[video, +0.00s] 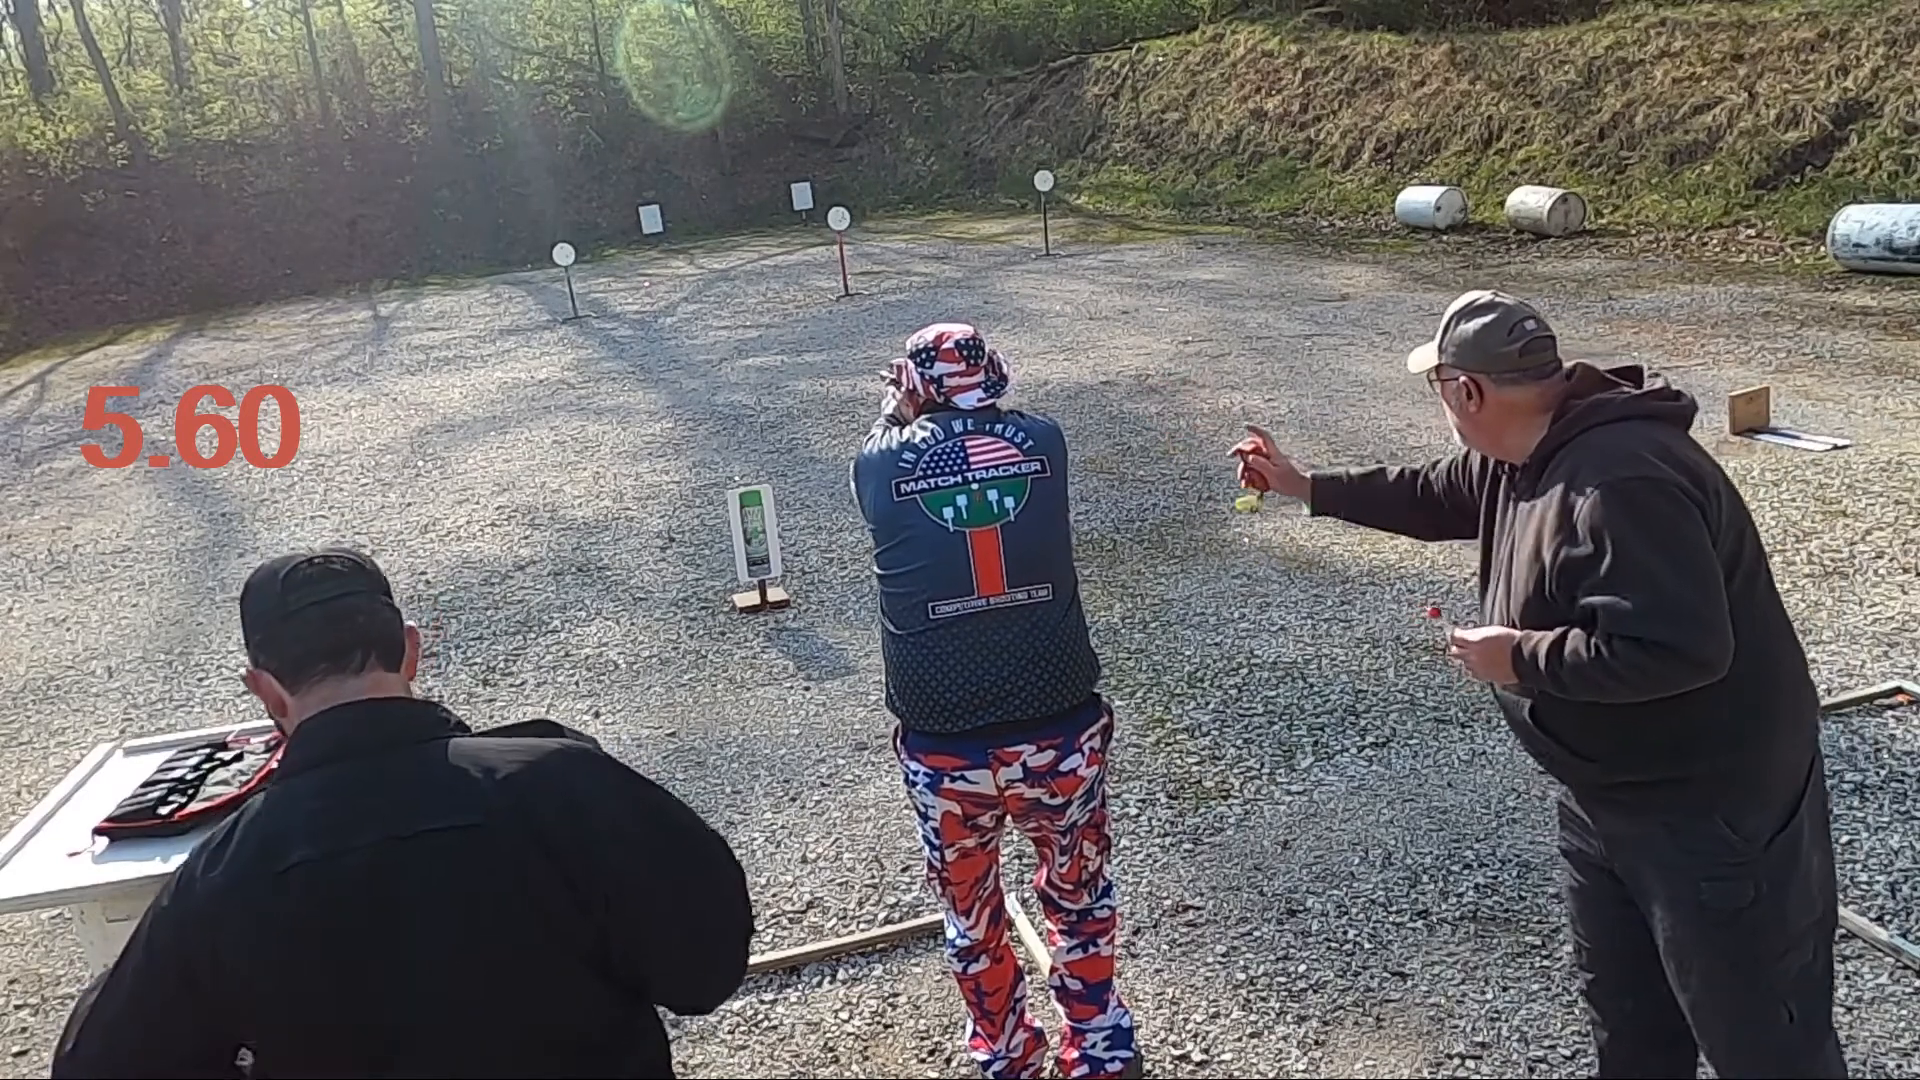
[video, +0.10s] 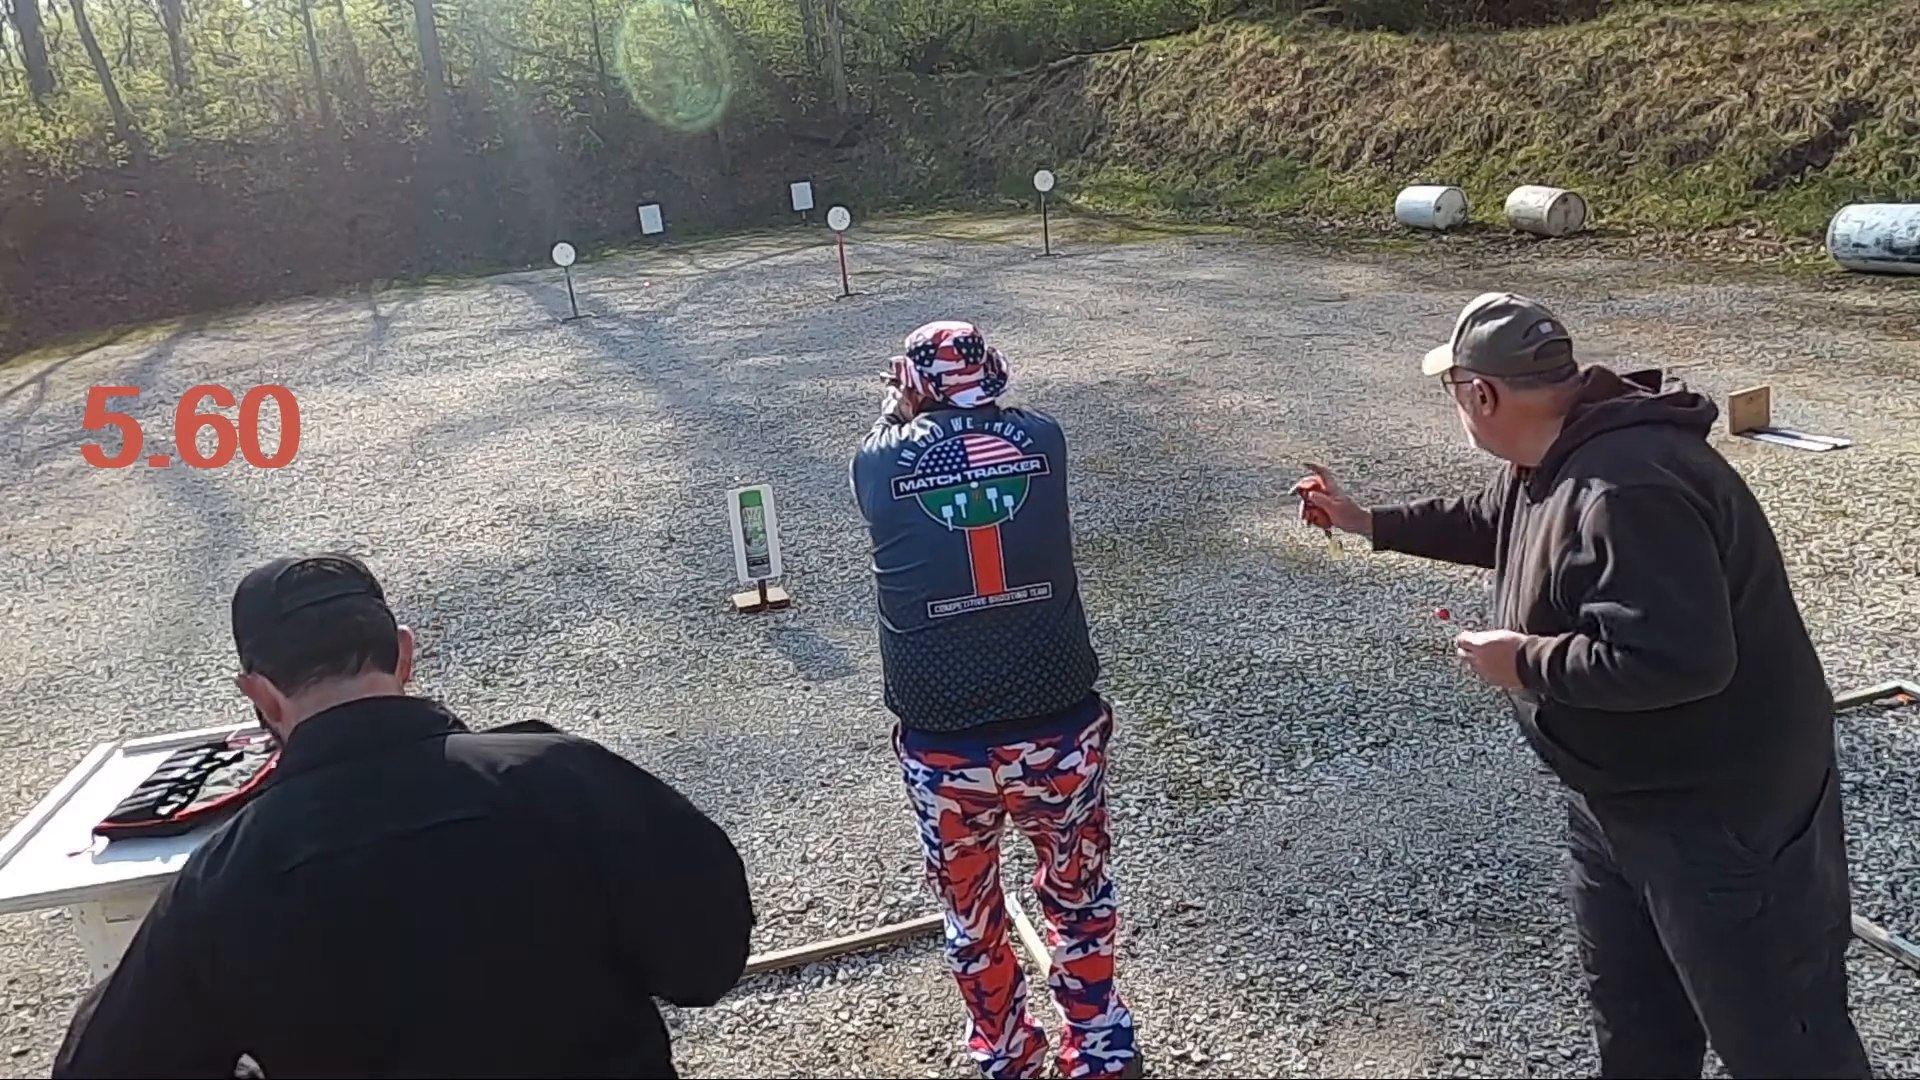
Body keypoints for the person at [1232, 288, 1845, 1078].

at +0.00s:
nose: (1440, 401)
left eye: (1440, 386)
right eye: (1439, 386)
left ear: (1470, 393)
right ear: (1535, 373)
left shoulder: (1619, 482)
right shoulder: (1522, 462)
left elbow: (1682, 647)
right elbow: (1434, 495)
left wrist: (1521, 655)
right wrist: (1306, 488)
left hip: (1716, 811)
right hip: (1607, 797)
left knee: (1765, 1048)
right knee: (1633, 1036)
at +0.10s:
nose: (1457, 408)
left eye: (1455, 391)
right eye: (1453, 392)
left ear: (1483, 397)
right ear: (1549, 375)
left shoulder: (1629, 491)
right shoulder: (1558, 466)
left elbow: (1682, 658)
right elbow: (1496, 529)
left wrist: (1527, 659)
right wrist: (1365, 520)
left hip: (1725, 815)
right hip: (1621, 800)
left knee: (1784, 1050)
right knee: (1638, 1036)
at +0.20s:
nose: (1478, 412)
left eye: (1476, 395)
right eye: (1475, 395)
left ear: (1504, 400)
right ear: (1577, 374)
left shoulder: (1638, 498)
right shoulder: (1589, 463)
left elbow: (1693, 674)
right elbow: (1550, 553)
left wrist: (1538, 665)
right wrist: (1431, 551)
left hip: (1742, 826)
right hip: (1637, 807)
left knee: (1801, 1051)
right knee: (1642, 1034)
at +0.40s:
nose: (1532, 422)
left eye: (1533, 405)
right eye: (1532, 404)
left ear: (1564, 413)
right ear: (1634, 390)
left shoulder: (1696, 520)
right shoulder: (1657, 470)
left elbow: (1740, 705)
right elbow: (1647, 587)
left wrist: (1585, 687)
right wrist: (1537, 579)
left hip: (1791, 848)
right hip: (1681, 819)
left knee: (1829, 1062)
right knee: (1657, 1038)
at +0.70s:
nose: (1611, 426)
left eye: (1612, 409)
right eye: (1608, 409)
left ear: (1649, 416)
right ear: (1728, 392)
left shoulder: (1795, 531)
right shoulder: (1733, 488)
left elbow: (1838, 725)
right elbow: (1715, 603)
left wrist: (1666, 701)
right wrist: (1600, 593)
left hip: (1842, 881)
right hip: (1747, 855)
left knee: (1855, 1064)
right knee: (1698, 1056)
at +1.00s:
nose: (1689, 425)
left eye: (1688, 407)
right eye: (1685, 407)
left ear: (1726, 416)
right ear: (1813, 394)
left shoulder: (1851, 547)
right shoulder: (1821, 487)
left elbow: (1867, 752)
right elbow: (1792, 597)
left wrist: (1711, 702)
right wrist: (1686, 590)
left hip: (1868, 889)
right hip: (1803, 857)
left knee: (1872, 1064)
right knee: (1731, 1056)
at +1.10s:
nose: (1709, 427)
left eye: (1707, 408)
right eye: (1706, 409)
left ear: (1746, 415)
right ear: (1834, 391)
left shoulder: (1861, 548)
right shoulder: (1856, 483)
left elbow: (1866, 755)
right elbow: (1821, 589)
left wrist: (1730, 699)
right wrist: (1719, 587)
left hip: (1882, 884)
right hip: (1827, 849)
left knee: (1880, 1056)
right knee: (1768, 1028)